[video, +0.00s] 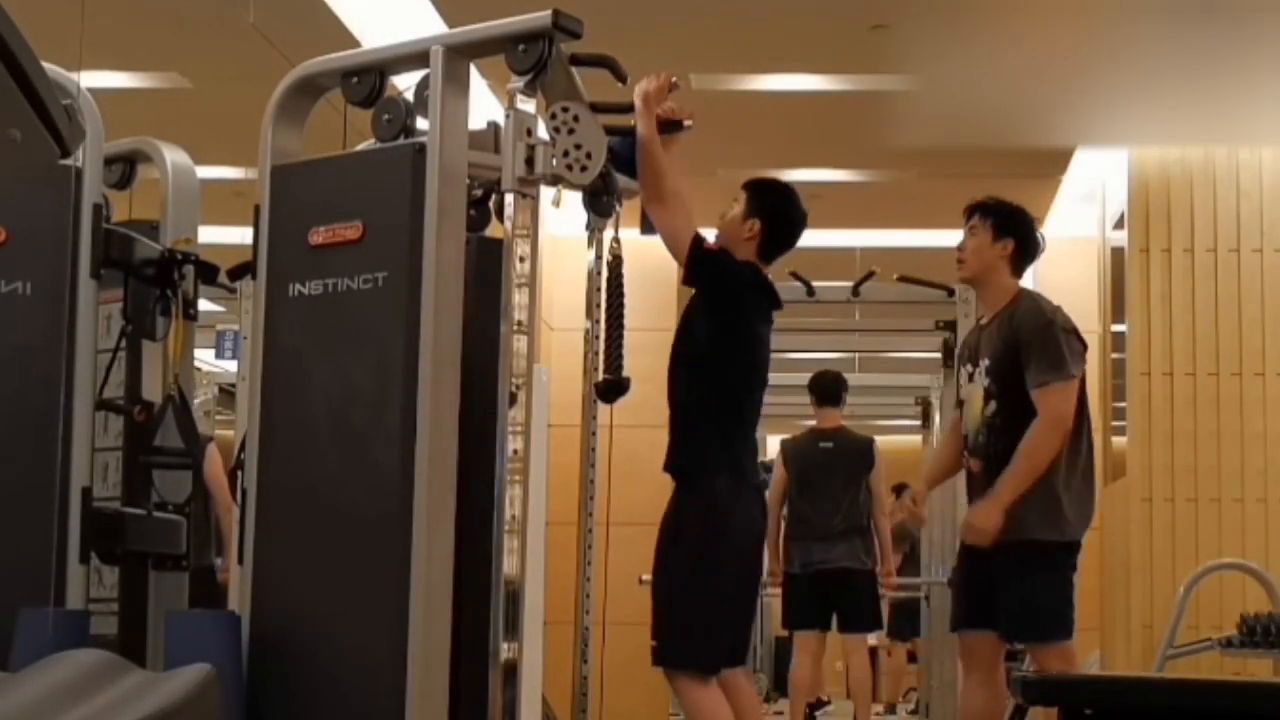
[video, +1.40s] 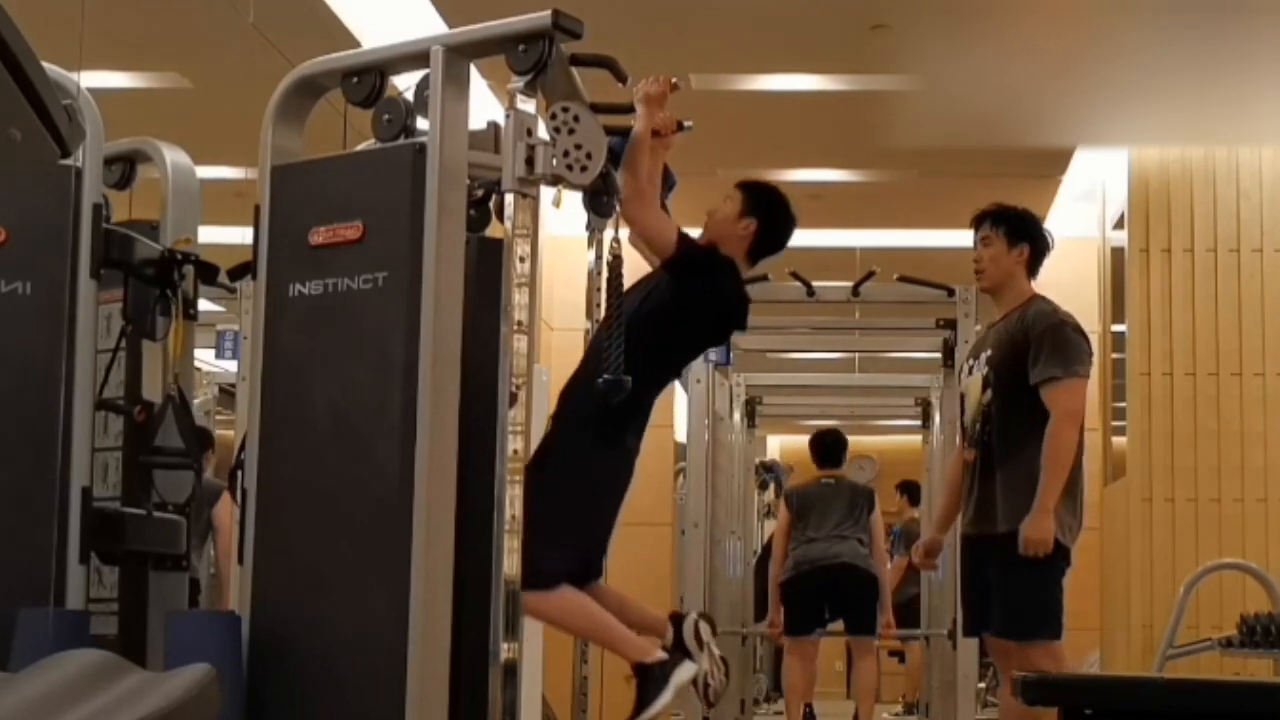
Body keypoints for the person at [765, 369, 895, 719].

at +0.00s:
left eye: (815, 397)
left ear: (811, 400)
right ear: (844, 399)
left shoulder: (790, 448)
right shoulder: (866, 447)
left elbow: (773, 509)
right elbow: (881, 510)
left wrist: (774, 560)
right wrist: (888, 561)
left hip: (805, 569)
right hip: (854, 568)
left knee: (805, 653)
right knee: (857, 652)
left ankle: (797, 717)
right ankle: (863, 716)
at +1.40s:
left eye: (816, 452)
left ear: (812, 457)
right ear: (845, 456)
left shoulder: (793, 495)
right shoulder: (866, 495)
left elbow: (777, 558)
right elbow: (879, 555)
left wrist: (774, 609)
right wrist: (887, 609)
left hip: (804, 581)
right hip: (857, 580)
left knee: (798, 652)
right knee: (864, 652)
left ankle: (795, 715)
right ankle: (864, 715)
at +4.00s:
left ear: (812, 415)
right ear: (845, 414)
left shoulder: (791, 461)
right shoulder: (867, 461)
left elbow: (778, 522)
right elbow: (878, 524)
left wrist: (773, 571)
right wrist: (888, 573)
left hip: (807, 570)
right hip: (857, 569)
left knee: (803, 650)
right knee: (862, 649)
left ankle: (798, 715)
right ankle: (864, 715)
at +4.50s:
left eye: (814, 461)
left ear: (813, 464)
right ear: (847, 464)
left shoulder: (794, 503)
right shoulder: (867, 502)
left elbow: (780, 564)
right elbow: (882, 564)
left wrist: (775, 613)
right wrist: (887, 618)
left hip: (806, 585)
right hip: (858, 584)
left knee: (801, 653)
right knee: (865, 653)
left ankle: (798, 715)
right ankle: (865, 715)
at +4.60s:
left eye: (817, 467)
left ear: (814, 471)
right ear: (847, 471)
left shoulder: (794, 509)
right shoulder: (868, 508)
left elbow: (780, 570)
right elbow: (881, 571)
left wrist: (781, 622)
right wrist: (887, 625)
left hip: (806, 587)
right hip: (858, 586)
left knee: (800, 653)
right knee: (866, 653)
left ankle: (796, 716)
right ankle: (865, 715)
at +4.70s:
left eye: (818, 473)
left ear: (814, 477)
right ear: (847, 477)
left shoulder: (795, 514)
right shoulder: (868, 514)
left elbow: (780, 574)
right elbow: (881, 575)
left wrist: (780, 620)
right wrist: (887, 630)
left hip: (807, 589)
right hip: (858, 588)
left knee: (799, 651)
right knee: (866, 654)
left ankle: (796, 715)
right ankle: (865, 715)